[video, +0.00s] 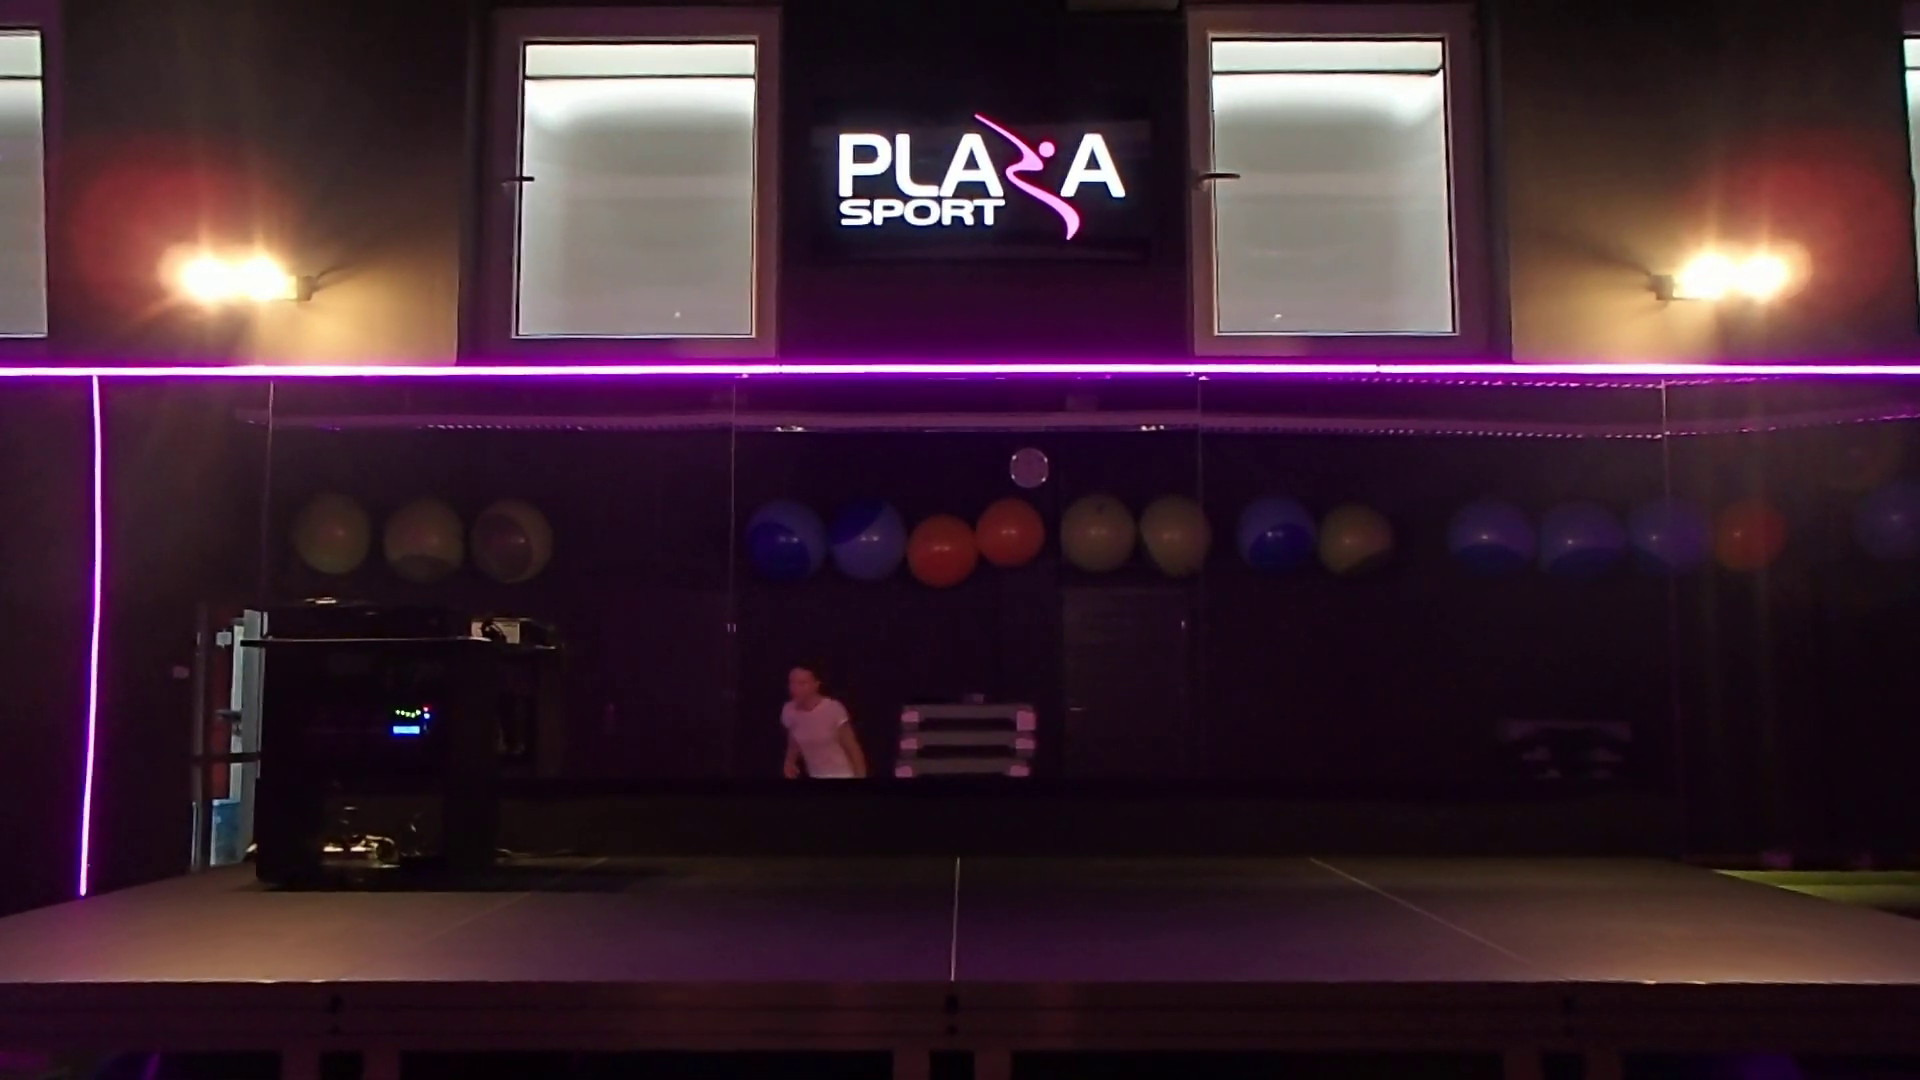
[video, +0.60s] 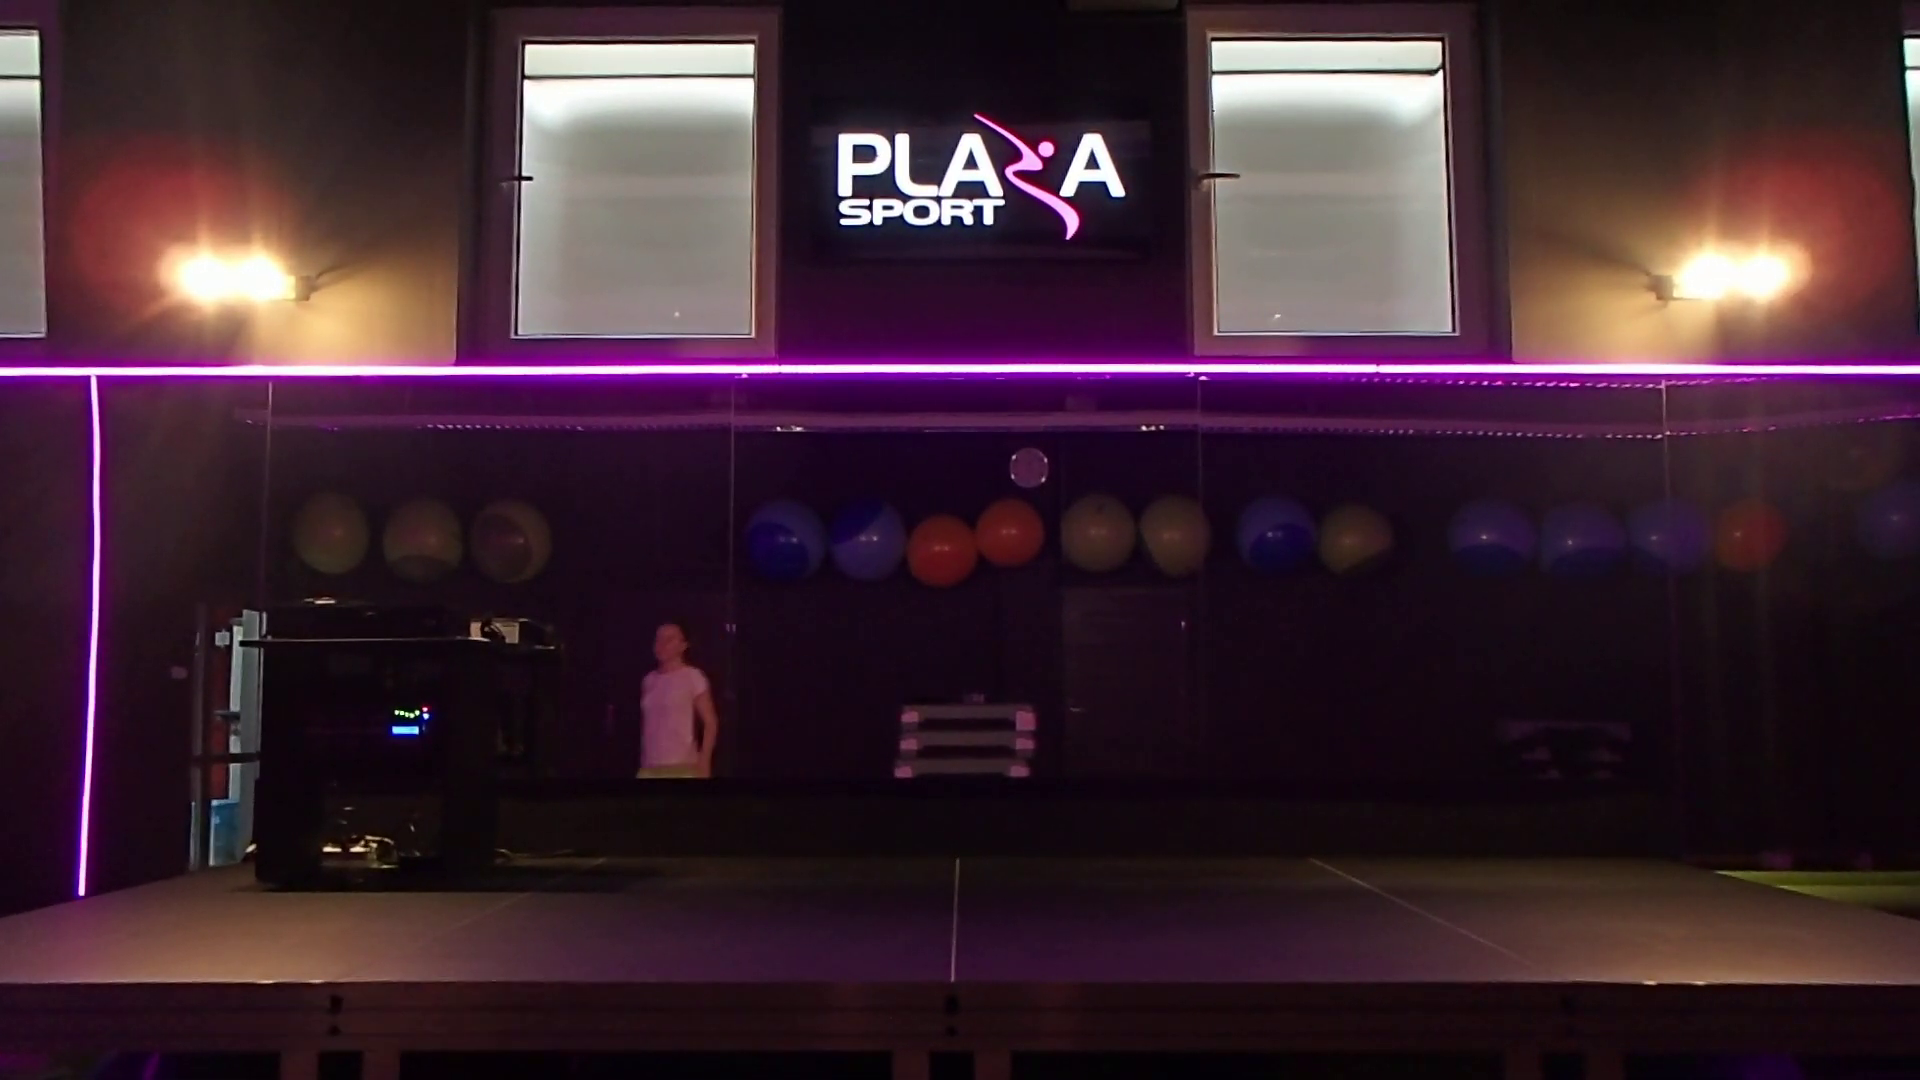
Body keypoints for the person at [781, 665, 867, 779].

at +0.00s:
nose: (796, 689)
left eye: (802, 683)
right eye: (793, 683)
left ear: (816, 685)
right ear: (789, 686)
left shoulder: (833, 709)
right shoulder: (789, 711)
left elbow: (852, 746)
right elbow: (793, 742)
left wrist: (861, 776)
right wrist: (790, 763)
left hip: (844, 777)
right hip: (815, 779)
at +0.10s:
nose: (774, 692)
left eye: (781, 687)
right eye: (772, 687)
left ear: (794, 690)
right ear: (769, 690)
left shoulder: (809, 716)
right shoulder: (768, 714)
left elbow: (831, 755)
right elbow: (772, 749)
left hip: (820, 781)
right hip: (791, 781)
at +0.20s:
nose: (756, 690)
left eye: (762, 685)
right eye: (753, 685)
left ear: (774, 691)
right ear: (749, 688)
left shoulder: (785, 717)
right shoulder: (747, 714)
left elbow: (800, 751)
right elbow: (751, 749)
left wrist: (808, 773)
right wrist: (750, 774)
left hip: (790, 776)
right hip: (764, 776)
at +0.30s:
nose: (738, 679)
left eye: (743, 673)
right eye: (734, 673)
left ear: (753, 678)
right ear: (726, 679)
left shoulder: (761, 707)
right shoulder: (724, 704)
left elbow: (783, 748)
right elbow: (724, 737)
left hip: (770, 776)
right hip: (743, 777)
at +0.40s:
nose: (710, 650)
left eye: (717, 645)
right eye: (708, 645)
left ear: (731, 651)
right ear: (703, 650)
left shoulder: (741, 681)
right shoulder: (703, 681)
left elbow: (759, 721)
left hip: (744, 768)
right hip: (712, 766)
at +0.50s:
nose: (687, 638)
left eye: (695, 633)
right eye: (684, 632)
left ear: (708, 640)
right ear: (679, 638)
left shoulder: (715, 670)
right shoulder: (677, 671)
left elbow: (734, 714)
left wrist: (707, 727)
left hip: (712, 759)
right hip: (681, 757)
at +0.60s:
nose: (661, 645)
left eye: (668, 639)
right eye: (658, 640)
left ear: (683, 645)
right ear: (654, 644)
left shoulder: (693, 677)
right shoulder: (648, 681)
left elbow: (710, 722)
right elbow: (646, 723)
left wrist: (704, 761)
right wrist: (645, 760)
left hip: (684, 768)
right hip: (650, 769)